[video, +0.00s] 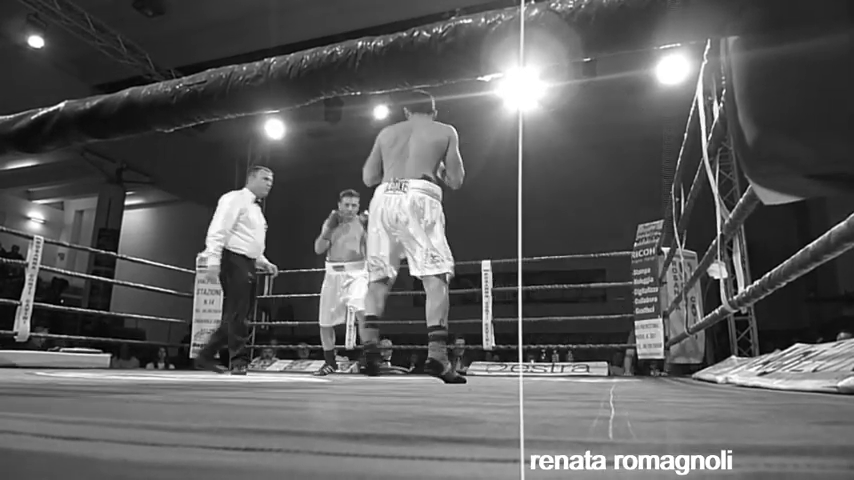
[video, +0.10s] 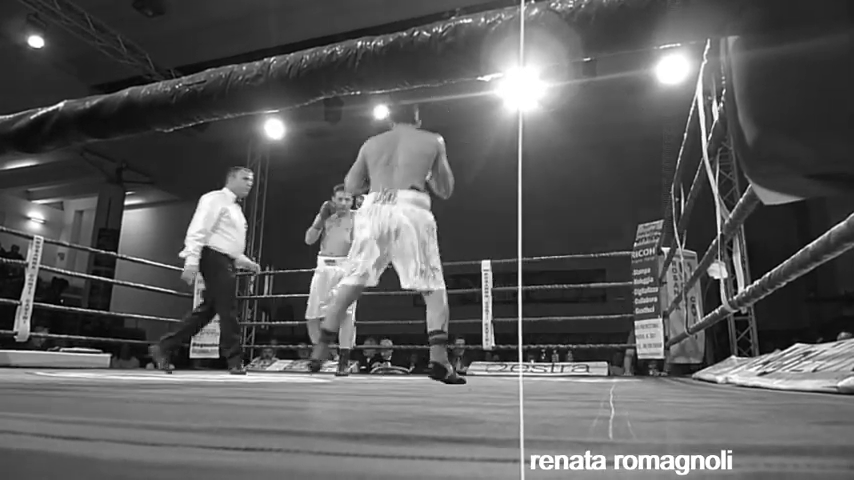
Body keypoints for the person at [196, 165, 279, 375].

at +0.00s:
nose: (269, 185)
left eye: (271, 181)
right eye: (265, 179)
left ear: (269, 186)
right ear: (251, 179)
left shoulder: (257, 210)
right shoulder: (233, 199)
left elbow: (253, 246)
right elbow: (217, 231)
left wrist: (265, 263)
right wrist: (213, 262)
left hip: (249, 261)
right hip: (234, 257)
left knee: (239, 313)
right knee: (237, 312)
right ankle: (238, 361)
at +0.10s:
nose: (249, 184)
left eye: (251, 181)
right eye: (246, 180)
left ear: (249, 185)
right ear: (232, 179)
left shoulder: (236, 209)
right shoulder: (213, 199)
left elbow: (231, 247)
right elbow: (197, 230)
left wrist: (247, 263)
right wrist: (191, 262)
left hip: (226, 260)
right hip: (213, 256)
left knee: (207, 311)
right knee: (227, 309)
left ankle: (164, 347)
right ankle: (234, 361)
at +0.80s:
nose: (138, 188)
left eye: (140, 184)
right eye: (134, 182)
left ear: (140, 189)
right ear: (119, 179)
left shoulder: (125, 216)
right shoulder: (95, 201)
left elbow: (119, 247)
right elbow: (93, 237)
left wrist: (116, 267)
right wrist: (110, 263)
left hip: (108, 263)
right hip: (85, 258)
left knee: (115, 311)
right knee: (68, 309)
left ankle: (133, 359)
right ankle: (42, 358)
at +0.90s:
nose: (127, 186)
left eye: (129, 183)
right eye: (124, 180)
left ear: (127, 186)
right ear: (109, 177)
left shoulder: (114, 212)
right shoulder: (83, 199)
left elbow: (108, 244)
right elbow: (78, 235)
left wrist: (107, 267)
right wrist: (89, 264)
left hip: (99, 260)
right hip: (75, 257)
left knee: (107, 310)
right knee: (63, 308)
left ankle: (121, 360)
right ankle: (41, 356)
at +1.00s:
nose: (118, 182)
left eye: (120, 179)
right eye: (114, 177)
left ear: (119, 183)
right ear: (99, 174)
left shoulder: (105, 209)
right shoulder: (74, 195)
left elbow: (100, 243)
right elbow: (62, 230)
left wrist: (101, 267)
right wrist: (63, 261)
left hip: (95, 262)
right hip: (73, 256)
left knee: (100, 307)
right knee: (58, 306)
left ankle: (90, 357)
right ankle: (40, 355)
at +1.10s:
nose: (105, 181)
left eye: (107, 178)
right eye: (101, 175)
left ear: (107, 182)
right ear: (85, 173)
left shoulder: (94, 209)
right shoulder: (62, 195)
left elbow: (90, 246)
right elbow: (38, 228)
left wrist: (95, 272)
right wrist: (28, 258)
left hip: (81, 261)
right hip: (58, 255)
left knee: (80, 306)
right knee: (52, 305)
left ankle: (52, 351)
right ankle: (39, 355)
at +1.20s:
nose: (98, 182)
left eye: (100, 179)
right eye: (94, 177)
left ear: (98, 182)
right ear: (77, 174)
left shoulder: (88, 211)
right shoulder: (55, 195)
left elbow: (85, 246)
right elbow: (27, 226)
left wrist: (90, 271)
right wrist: (10, 258)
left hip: (73, 260)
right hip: (52, 254)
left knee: (64, 308)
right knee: (50, 304)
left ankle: (24, 346)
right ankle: (38, 355)